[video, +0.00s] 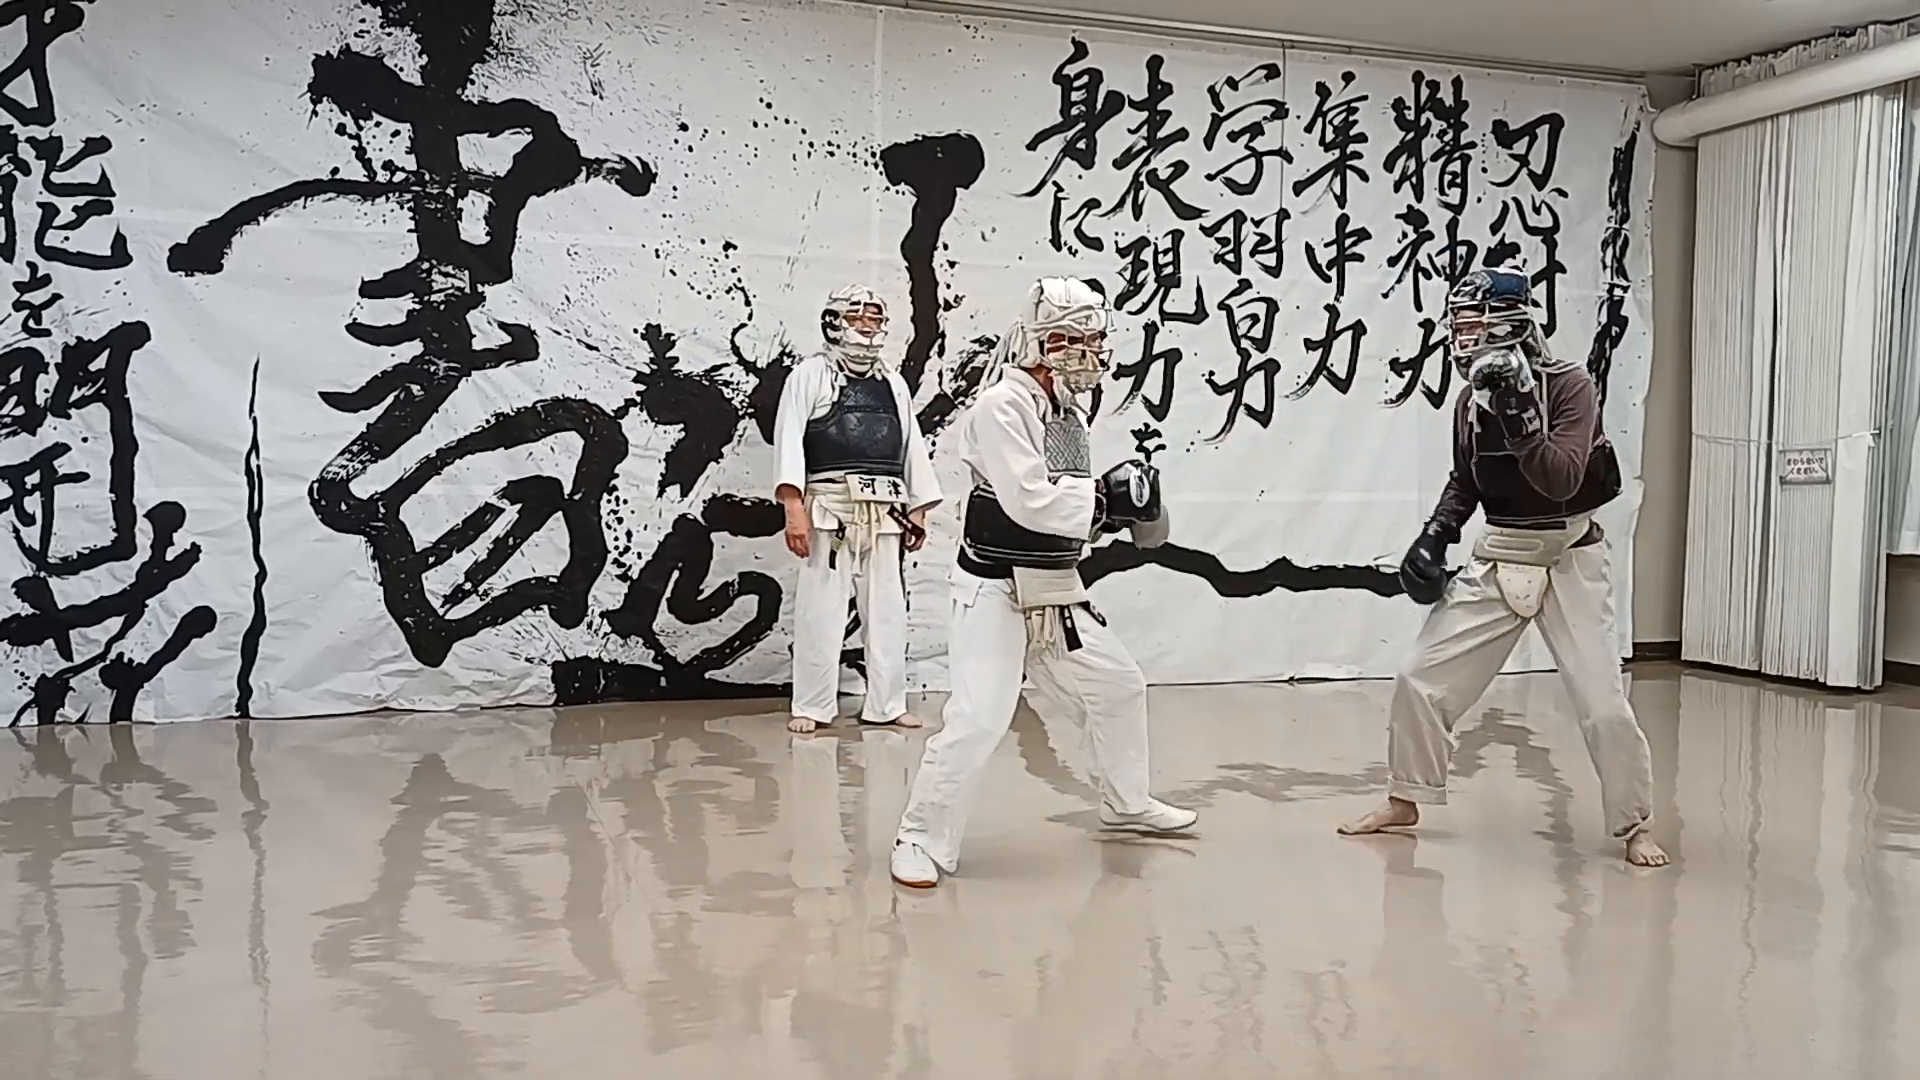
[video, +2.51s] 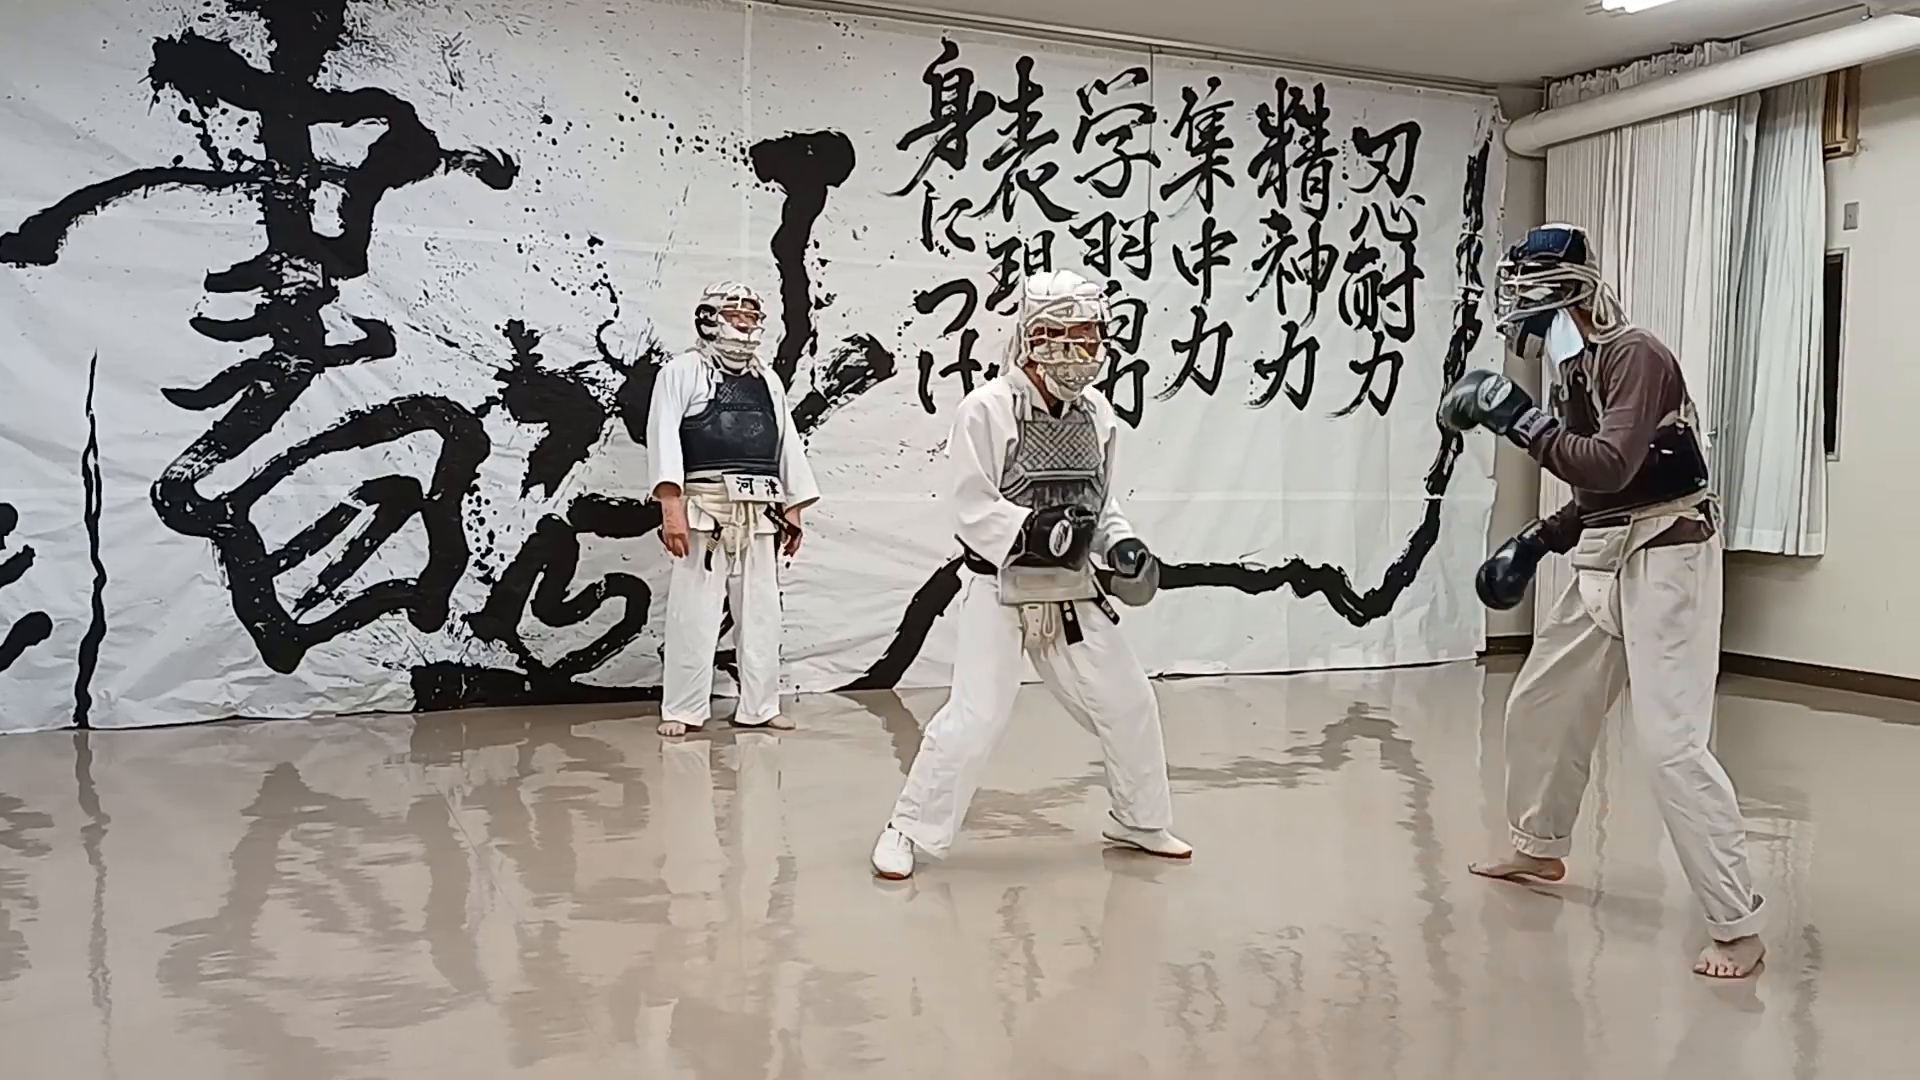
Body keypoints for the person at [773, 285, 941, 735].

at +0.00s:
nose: (868, 325)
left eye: (875, 319)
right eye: (858, 317)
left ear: (882, 326)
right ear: (836, 322)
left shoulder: (893, 381)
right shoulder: (810, 373)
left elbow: (912, 446)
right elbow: (789, 441)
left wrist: (920, 507)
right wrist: (794, 508)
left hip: (884, 509)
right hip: (825, 508)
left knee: (888, 612)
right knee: (820, 613)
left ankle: (886, 706)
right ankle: (811, 709)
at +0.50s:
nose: (855, 326)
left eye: (863, 320)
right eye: (846, 317)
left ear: (871, 326)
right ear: (823, 320)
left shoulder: (878, 380)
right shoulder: (794, 371)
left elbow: (896, 446)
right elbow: (774, 439)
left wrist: (903, 508)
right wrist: (780, 505)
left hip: (868, 509)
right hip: (809, 507)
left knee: (869, 612)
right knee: (802, 612)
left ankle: (866, 706)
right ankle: (792, 709)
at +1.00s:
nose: (806, 325)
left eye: (813, 318)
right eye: (796, 316)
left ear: (819, 326)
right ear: (772, 320)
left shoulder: (827, 381)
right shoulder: (743, 373)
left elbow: (846, 447)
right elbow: (724, 443)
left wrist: (853, 509)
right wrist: (731, 510)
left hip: (819, 510)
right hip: (760, 509)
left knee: (821, 614)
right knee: (753, 614)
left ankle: (819, 707)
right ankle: (743, 711)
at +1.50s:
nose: (768, 325)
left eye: (774, 319)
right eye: (757, 317)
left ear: (781, 326)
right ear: (733, 321)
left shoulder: (789, 382)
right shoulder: (705, 375)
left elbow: (809, 449)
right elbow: (687, 444)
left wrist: (817, 514)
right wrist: (695, 510)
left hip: (784, 512)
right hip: (724, 510)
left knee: (787, 615)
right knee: (718, 615)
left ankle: (784, 709)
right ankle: (707, 713)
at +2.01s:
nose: (752, 325)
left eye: (758, 319)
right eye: (742, 317)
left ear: (763, 326)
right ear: (717, 320)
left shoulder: (772, 381)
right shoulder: (687, 374)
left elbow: (791, 448)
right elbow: (669, 443)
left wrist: (798, 512)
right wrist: (677, 511)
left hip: (766, 511)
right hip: (706, 510)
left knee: (768, 615)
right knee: (699, 616)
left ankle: (765, 710)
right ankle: (689, 715)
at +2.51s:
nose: (744, 323)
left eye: (751, 317)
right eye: (734, 314)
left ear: (758, 325)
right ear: (710, 319)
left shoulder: (767, 378)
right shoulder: (682, 370)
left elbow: (787, 445)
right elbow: (664, 440)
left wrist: (793, 507)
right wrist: (671, 508)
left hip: (760, 509)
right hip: (700, 508)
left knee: (762, 614)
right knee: (692, 615)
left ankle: (759, 709)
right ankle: (682, 713)